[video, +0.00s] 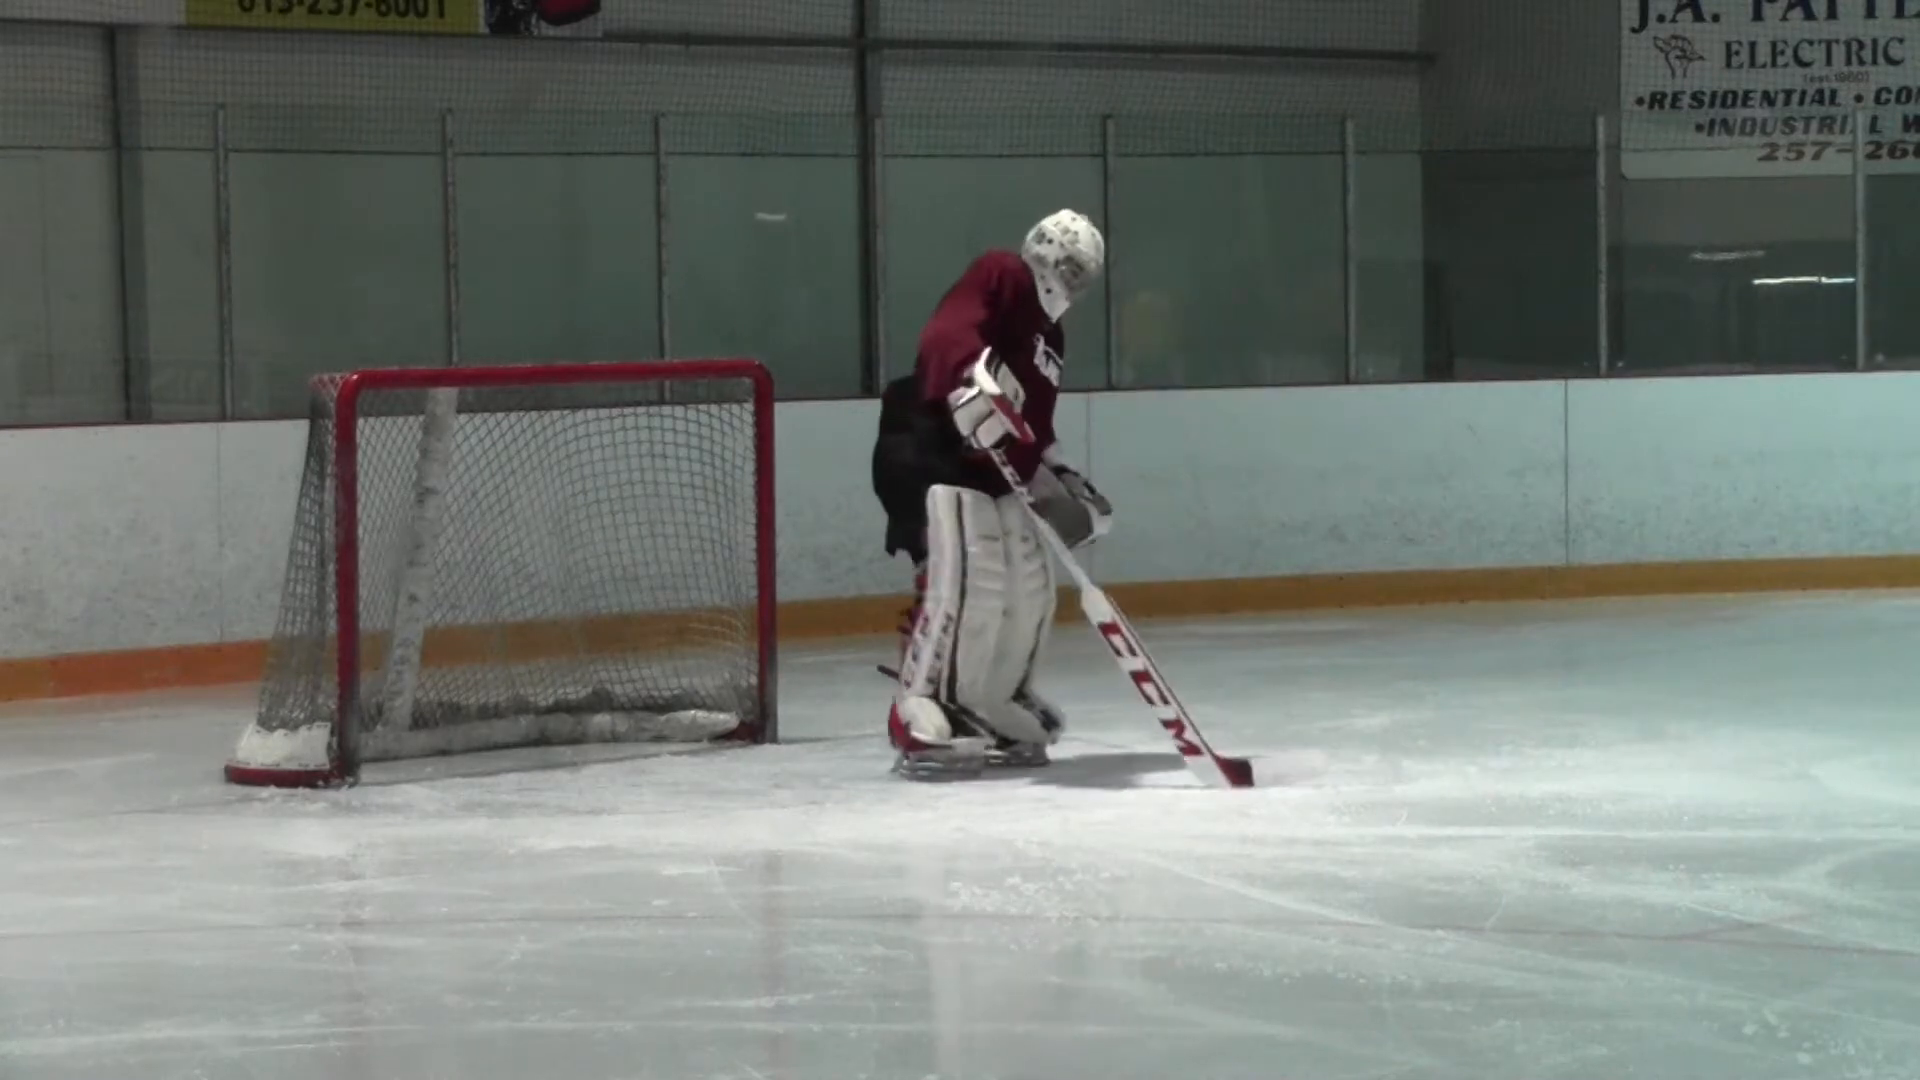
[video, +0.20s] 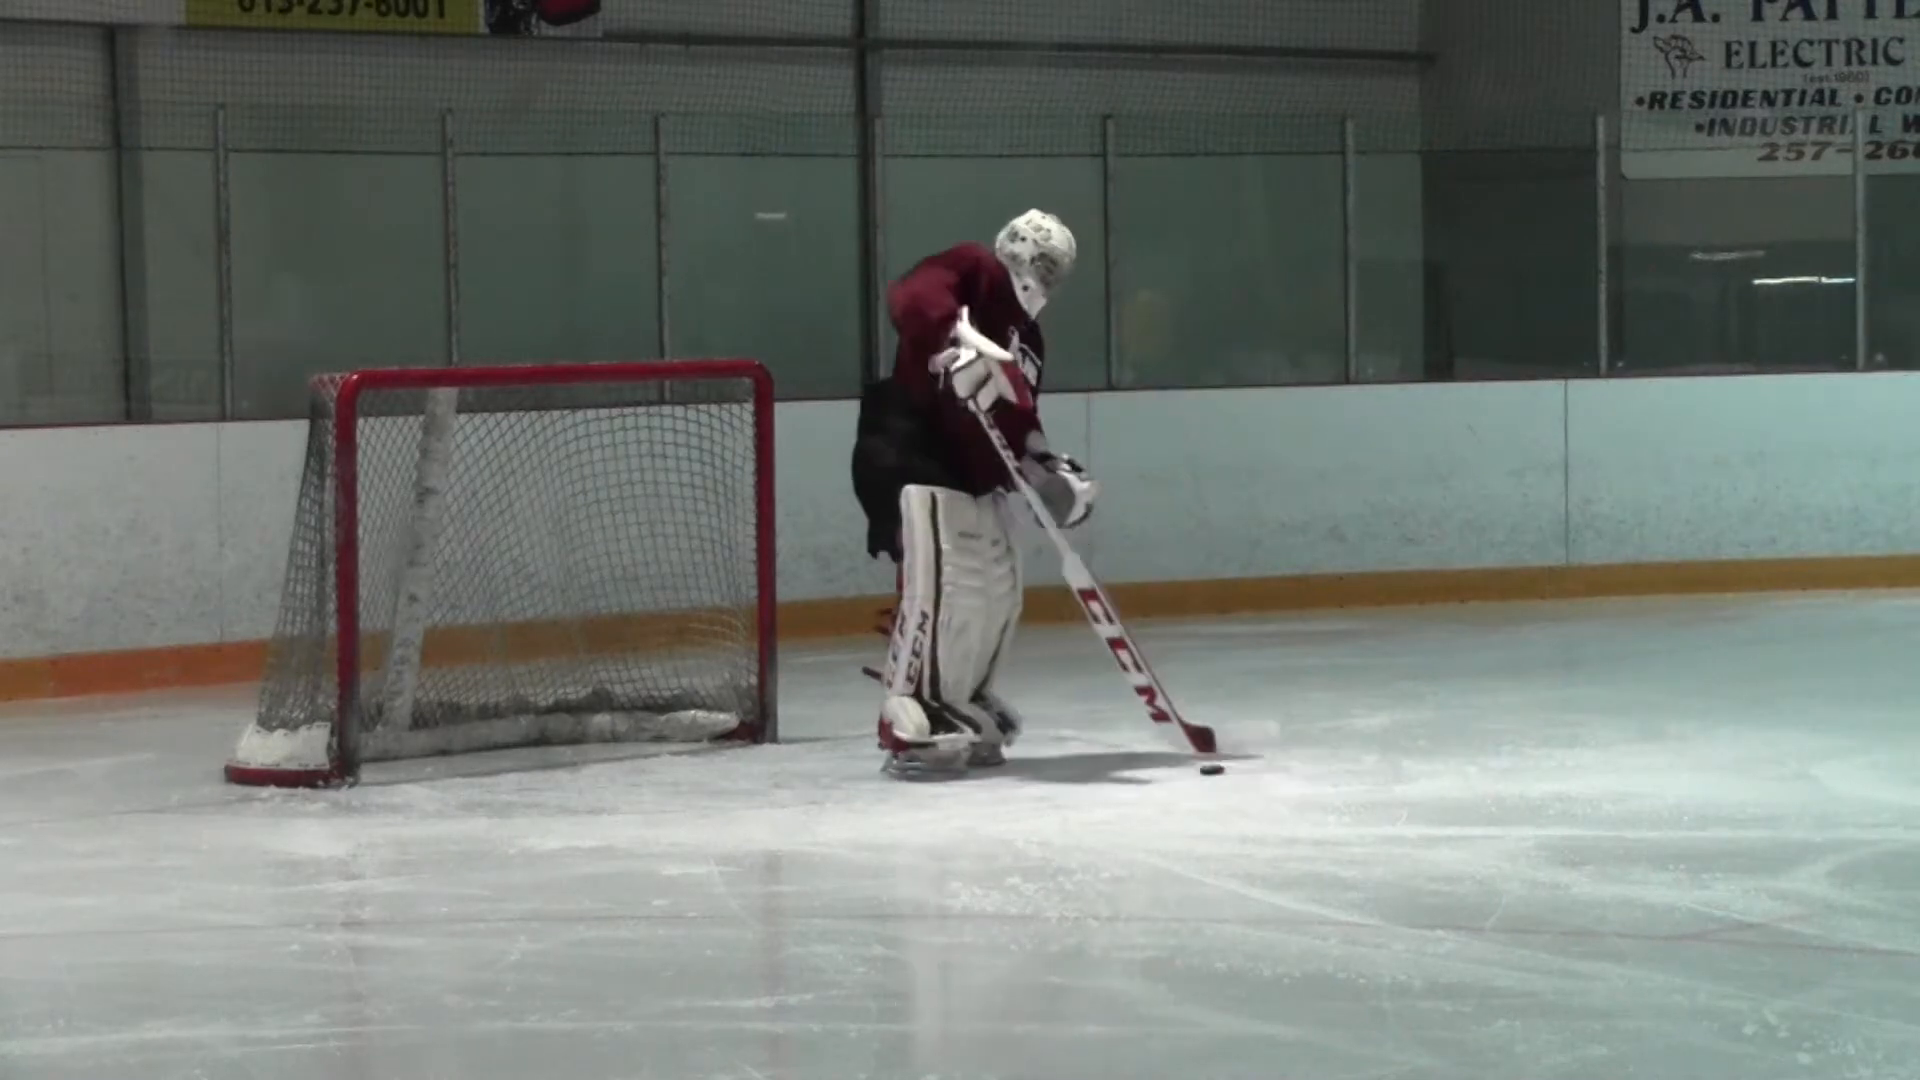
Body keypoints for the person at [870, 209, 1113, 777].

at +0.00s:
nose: (1065, 289)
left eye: (1077, 281)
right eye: (1062, 272)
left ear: (1082, 278)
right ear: (1041, 255)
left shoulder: (1050, 335)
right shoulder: (1000, 273)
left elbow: (1032, 425)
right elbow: (947, 335)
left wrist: (1054, 475)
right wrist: (973, 395)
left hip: (1012, 483)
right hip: (962, 475)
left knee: (1030, 595)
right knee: (974, 594)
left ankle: (995, 701)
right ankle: (942, 709)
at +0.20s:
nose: (1038, 289)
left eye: (1050, 282)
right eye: (1035, 273)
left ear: (1055, 280)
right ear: (1014, 255)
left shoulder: (1027, 339)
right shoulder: (976, 266)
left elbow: (1016, 418)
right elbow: (912, 295)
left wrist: (1043, 466)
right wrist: (957, 346)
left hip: (979, 477)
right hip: (928, 468)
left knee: (998, 589)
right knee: (953, 589)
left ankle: (964, 696)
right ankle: (925, 709)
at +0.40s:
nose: (1032, 290)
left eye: (1037, 279)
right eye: (1029, 275)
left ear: (1014, 270)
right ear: (1005, 262)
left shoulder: (989, 325)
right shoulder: (958, 282)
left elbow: (984, 421)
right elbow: (933, 366)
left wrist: (1013, 483)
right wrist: (969, 448)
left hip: (935, 468)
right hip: (893, 460)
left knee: (963, 585)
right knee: (928, 585)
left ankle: (932, 697)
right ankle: (891, 711)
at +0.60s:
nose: (1031, 309)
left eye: (1035, 299)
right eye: (1026, 295)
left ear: (988, 284)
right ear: (1006, 290)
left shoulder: (977, 331)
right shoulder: (970, 324)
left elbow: (963, 430)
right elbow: (940, 413)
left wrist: (974, 506)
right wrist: (946, 500)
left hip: (889, 464)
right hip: (863, 461)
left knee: (925, 584)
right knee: (897, 585)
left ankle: (910, 701)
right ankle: (871, 711)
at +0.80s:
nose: (1031, 358)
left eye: (1035, 348)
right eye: (1032, 345)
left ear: (988, 318)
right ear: (1020, 336)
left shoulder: (956, 345)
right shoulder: (977, 365)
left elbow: (949, 458)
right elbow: (936, 447)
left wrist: (948, 541)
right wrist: (927, 536)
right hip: (832, 445)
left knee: (874, 574)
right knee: (873, 577)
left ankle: (867, 701)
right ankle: (849, 706)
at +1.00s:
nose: (1027, 365)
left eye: (1032, 356)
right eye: (1028, 351)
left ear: (988, 324)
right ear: (1013, 338)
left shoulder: (963, 357)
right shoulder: (967, 361)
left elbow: (926, 452)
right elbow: (921, 439)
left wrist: (947, 535)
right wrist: (919, 529)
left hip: (853, 457)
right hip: (826, 450)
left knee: (887, 584)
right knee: (857, 586)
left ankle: (867, 700)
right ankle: (826, 708)